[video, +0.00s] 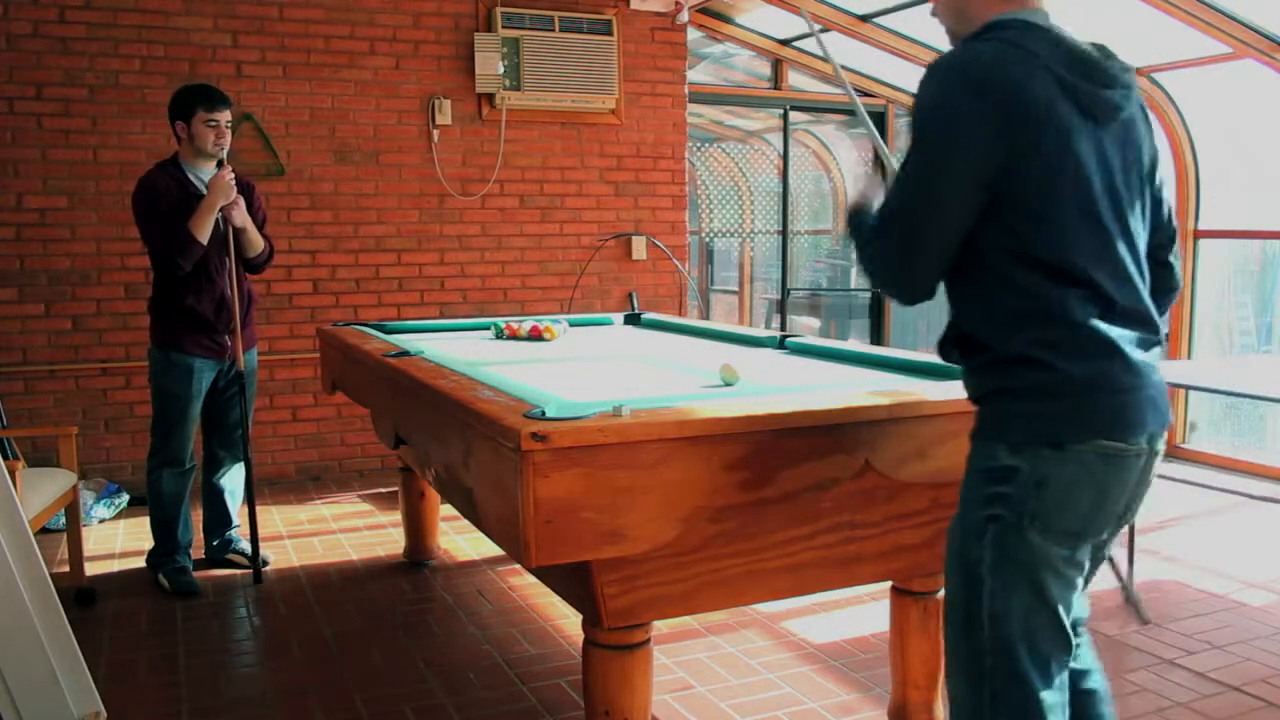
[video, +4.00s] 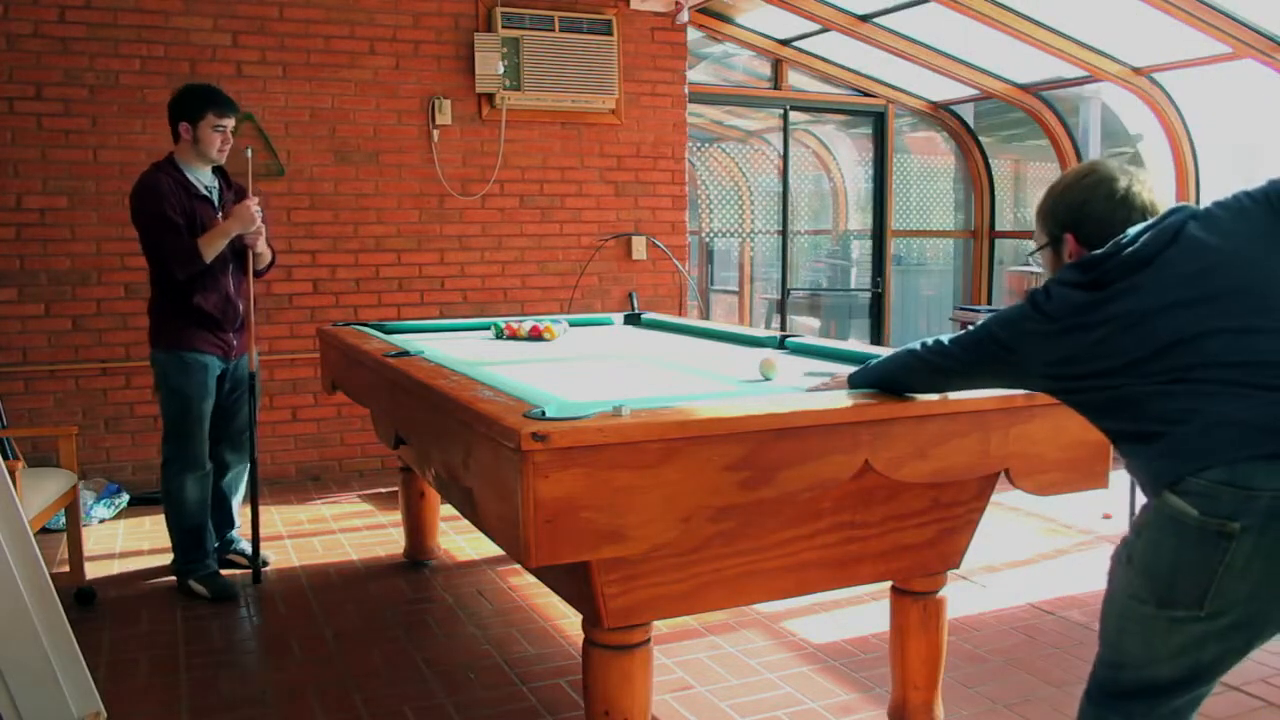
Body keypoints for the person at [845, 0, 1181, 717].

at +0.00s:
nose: (934, 9)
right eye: (933, 0)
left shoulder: (974, 73)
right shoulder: (1116, 85)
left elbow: (904, 270)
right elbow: (1160, 271)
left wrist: (866, 200)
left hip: (1043, 419)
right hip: (1134, 410)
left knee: (1002, 682)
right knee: (1056, 638)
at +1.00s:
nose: (817, 53)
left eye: (816, 41)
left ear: (826, 41)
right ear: (904, 40)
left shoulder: (799, 135)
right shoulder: (987, 117)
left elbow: (754, 266)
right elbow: (1070, 242)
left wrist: (755, 349)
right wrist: (1031, 374)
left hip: (857, 398)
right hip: (969, 400)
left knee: (828, 633)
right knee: (937, 638)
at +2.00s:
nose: (920, 41)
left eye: (919, 24)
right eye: (919, 26)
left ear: (936, 19)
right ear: (1013, 25)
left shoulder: (898, 127)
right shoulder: (1110, 120)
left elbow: (849, 288)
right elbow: (1217, 254)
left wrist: (826, 348)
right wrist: (1115, 354)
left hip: (962, 439)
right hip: (1076, 441)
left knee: (974, 686)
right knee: (981, 673)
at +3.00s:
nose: (1063, 88)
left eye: (1065, 73)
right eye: (1062, 74)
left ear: (1091, 69)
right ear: (1177, 60)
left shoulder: (1060, 177)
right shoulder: (1263, 101)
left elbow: (947, 286)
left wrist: (871, 362)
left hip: (1178, 469)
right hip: (1275, 462)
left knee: (1113, 695)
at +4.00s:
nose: (1046, 263)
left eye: (1046, 248)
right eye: (1043, 250)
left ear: (1073, 247)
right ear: (1150, 219)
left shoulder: (1055, 318)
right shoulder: (1247, 218)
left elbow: (940, 360)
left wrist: (860, 377)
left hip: (1235, 503)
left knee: (1127, 701)